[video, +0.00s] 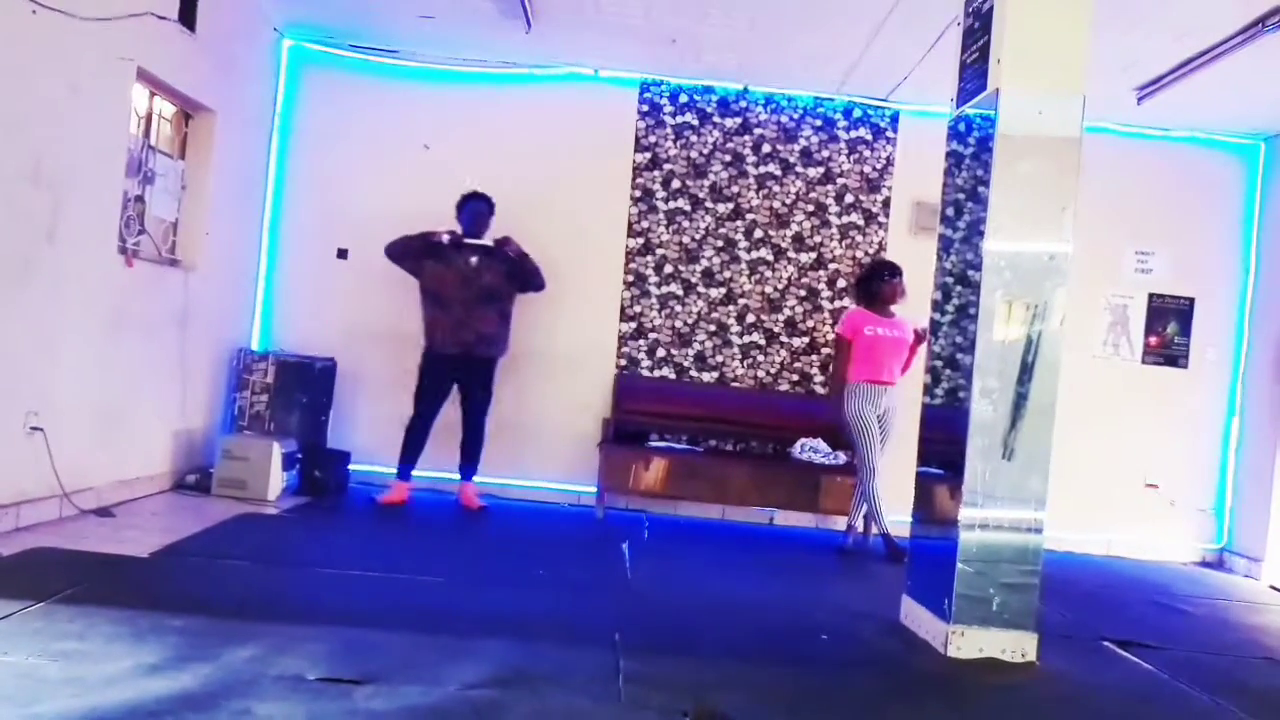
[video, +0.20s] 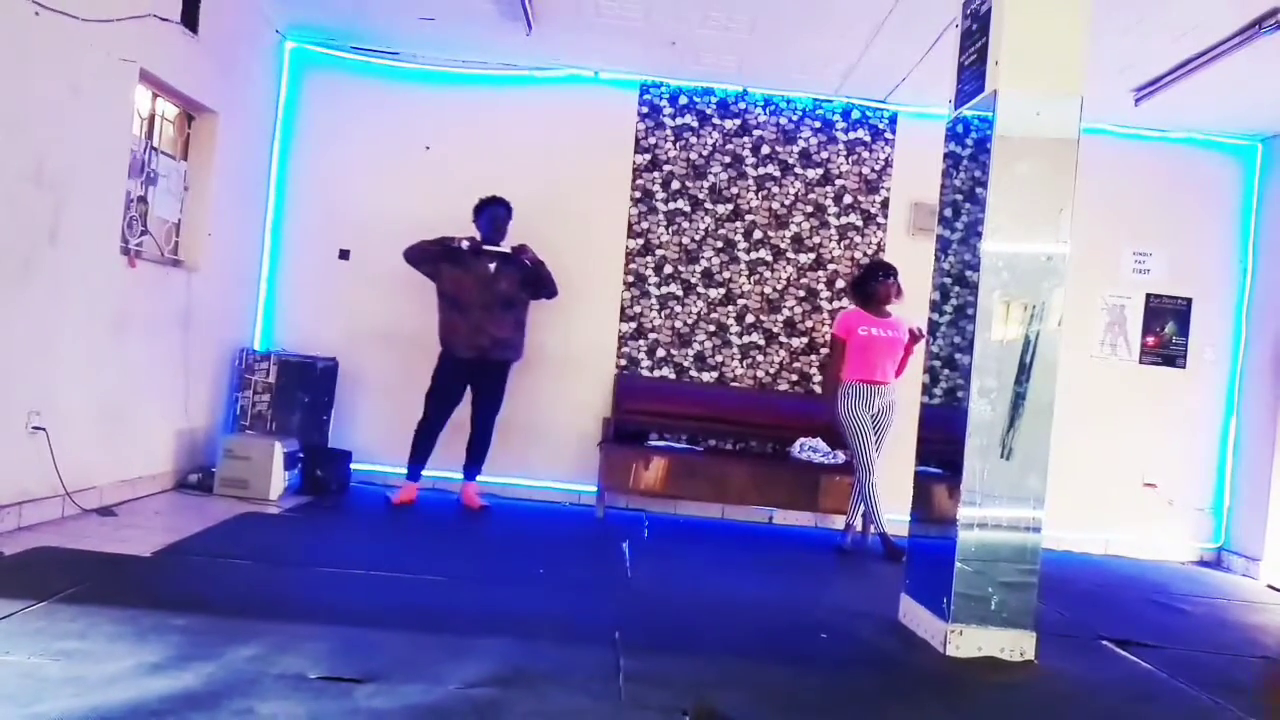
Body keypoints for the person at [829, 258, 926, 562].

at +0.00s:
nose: (900, 289)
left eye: (901, 282)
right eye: (894, 282)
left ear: (899, 287)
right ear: (876, 286)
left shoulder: (901, 326)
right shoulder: (855, 317)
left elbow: (901, 370)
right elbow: (840, 364)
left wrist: (916, 346)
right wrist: (836, 401)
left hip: (888, 396)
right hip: (859, 394)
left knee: (871, 465)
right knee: (870, 463)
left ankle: (852, 532)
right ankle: (886, 536)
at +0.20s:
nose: (894, 289)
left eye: (895, 282)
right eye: (888, 282)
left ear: (896, 288)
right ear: (871, 286)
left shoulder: (898, 326)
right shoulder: (849, 317)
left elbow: (896, 372)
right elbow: (834, 365)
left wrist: (910, 347)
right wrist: (831, 404)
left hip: (885, 397)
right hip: (853, 395)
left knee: (868, 465)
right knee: (866, 463)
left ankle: (849, 531)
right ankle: (883, 536)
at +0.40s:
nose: (888, 289)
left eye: (891, 283)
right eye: (882, 282)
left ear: (895, 288)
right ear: (866, 286)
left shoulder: (898, 325)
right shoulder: (847, 317)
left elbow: (896, 373)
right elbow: (832, 362)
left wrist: (908, 346)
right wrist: (825, 401)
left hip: (884, 398)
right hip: (851, 395)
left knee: (868, 465)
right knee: (866, 464)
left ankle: (849, 532)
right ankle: (884, 536)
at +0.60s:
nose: (885, 291)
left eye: (889, 284)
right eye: (879, 284)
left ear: (894, 289)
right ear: (864, 287)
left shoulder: (897, 325)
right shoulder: (846, 317)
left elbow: (896, 373)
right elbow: (832, 362)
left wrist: (907, 345)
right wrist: (825, 400)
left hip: (884, 397)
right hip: (852, 394)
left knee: (868, 465)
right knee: (866, 463)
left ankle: (850, 532)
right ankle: (883, 535)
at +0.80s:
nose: (887, 288)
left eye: (889, 282)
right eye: (881, 282)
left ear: (893, 287)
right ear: (865, 286)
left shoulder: (897, 324)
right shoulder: (846, 317)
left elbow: (896, 372)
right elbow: (833, 363)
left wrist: (908, 343)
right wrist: (827, 402)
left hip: (885, 397)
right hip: (854, 394)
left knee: (869, 465)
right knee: (868, 463)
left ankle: (851, 533)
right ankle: (885, 535)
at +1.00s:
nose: (893, 286)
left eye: (893, 280)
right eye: (887, 281)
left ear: (887, 285)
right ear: (870, 285)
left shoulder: (896, 324)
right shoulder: (848, 317)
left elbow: (895, 370)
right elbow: (835, 364)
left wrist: (909, 343)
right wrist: (830, 404)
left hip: (886, 397)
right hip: (856, 395)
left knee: (869, 465)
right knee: (869, 464)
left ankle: (852, 532)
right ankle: (886, 536)